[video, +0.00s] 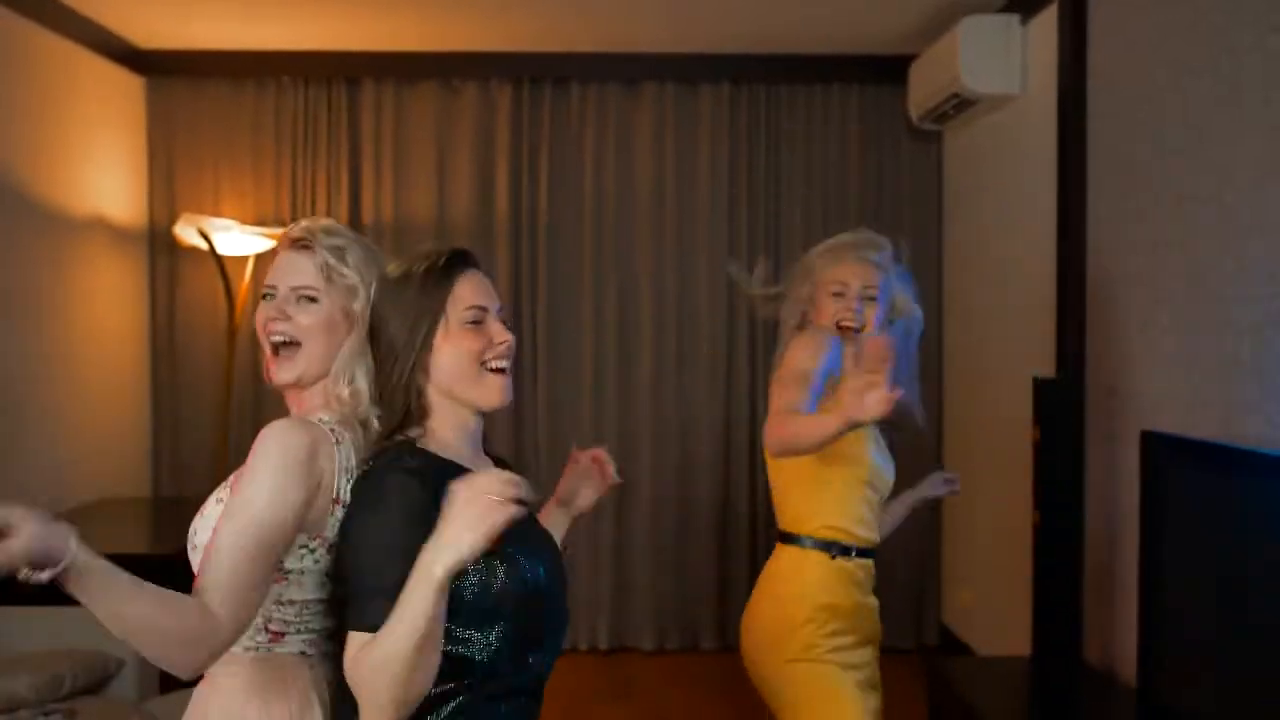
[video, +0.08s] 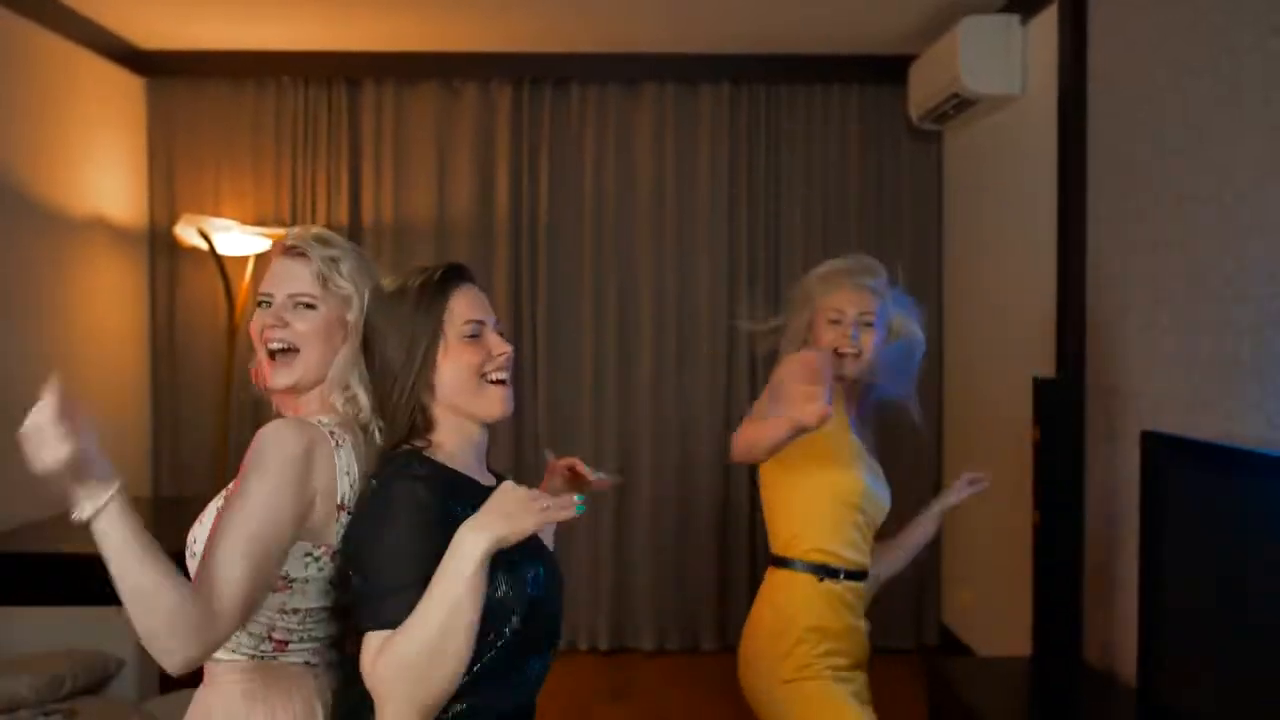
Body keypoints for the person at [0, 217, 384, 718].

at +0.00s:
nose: (274, 315)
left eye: (305, 298)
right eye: (269, 297)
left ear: (360, 318)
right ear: (255, 310)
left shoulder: (293, 443)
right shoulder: (369, 443)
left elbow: (196, 643)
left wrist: (69, 558)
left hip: (251, 693)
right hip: (316, 692)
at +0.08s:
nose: (274, 321)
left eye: (303, 305)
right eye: (265, 304)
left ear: (354, 326)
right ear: (252, 318)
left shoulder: (292, 442)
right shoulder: (366, 442)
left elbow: (182, 641)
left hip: (248, 697)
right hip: (316, 693)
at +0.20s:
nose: (272, 297)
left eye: (302, 280)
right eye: (262, 281)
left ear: (353, 298)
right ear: (248, 294)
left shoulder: (293, 390)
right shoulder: (362, 393)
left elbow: (179, 556)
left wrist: (99, 386)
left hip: (259, 671)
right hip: (325, 659)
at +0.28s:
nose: (271, 283)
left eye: (299, 264)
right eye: (259, 265)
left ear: (353, 276)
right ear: (247, 276)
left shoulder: (298, 357)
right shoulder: (360, 367)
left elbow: (184, 497)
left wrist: (55, 356)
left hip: (269, 659)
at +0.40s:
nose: (268, 282)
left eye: (296, 263)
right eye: (256, 263)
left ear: (350, 275)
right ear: (244, 272)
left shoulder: (299, 353)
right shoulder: (344, 363)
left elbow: (184, 443)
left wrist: (47, 398)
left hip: (273, 656)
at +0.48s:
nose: (265, 284)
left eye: (294, 264)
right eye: (254, 265)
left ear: (347, 278)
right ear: (241, 276)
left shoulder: (299, 368)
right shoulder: (342, 371)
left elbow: (180, 470)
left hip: (278, 663)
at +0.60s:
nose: (264, 297)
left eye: (293, 277)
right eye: (253, 277)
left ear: (345, 292)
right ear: (241, 287)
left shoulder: (301, 407)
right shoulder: (346, 402)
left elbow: (214, 586)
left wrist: (71, 549)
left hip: (280, 676)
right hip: (337, 659)